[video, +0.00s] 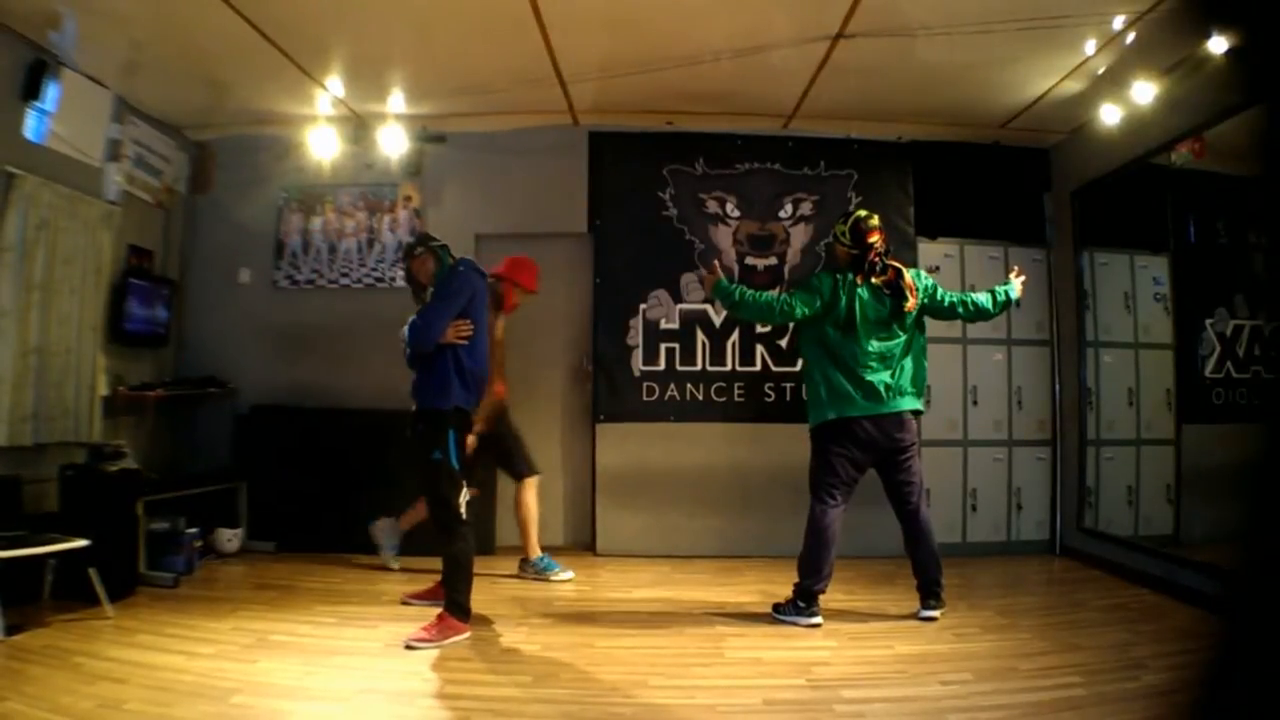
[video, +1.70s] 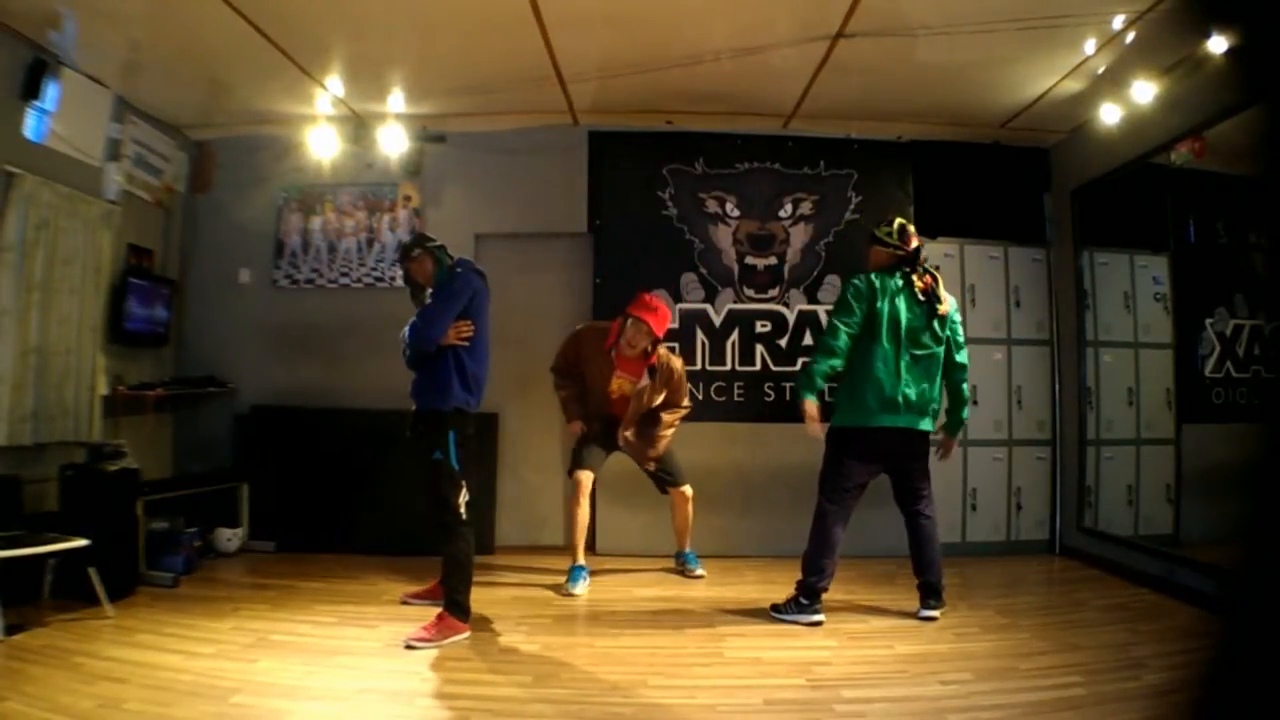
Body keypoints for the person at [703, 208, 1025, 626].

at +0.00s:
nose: (832, 251)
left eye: (837, 245)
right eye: (836, 245)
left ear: (847, 249)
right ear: (879, 248)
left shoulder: (826, 287)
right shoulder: (908, 283)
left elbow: (778, 307)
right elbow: (962, 305)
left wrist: (722, 290)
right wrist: (1009, 291)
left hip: (841, 419)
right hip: (898, 418)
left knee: (827, 504)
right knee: (913, 507)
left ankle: (807, 601)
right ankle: (932, 597)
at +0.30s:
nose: (833, 248)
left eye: (839, 244)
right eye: (837, 242)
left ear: (853, 250)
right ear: (881, 248)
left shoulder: (829, 285)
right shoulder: (913, 283)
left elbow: (785, 324)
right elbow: (957, 319)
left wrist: (727, 332)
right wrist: (1006, 321)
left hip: (844, 419)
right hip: (898, 418)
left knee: (828, 504)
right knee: (915, 507)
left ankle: (806, 601)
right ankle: (931, 597)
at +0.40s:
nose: (835, 248)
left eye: (841, 243)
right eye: (838, 241)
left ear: (854, 248)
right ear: (884, 246)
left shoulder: (830, 285)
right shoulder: (914, 284)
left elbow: (797, 344)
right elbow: (948, 333)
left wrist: (756, 387)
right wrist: (987, 360)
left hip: (844, 418)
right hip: (899, 418)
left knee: (829, 504)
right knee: (915, 507)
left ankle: (806, 600)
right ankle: (931, 597)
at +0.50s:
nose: (835, 246)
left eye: (842, 240)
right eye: (838, 238)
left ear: (858, 247)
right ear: (882, 245)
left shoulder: (830, 288)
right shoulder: (916, 286)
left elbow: (819, 354)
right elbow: (932, 349)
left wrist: (816, 408)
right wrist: (938, 397)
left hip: (848, 417)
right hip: (901, 418)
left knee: (829, 504)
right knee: (915, 507)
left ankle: (806, 599)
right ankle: (931, 597)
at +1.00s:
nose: (842, 243)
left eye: (848, 236)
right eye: (846, 235)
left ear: (863, 245)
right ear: (887, 246)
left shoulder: (837, 285)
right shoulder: (918, 285)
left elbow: (807, 341)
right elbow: (924, 349)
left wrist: (843, 349)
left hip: (847, 416)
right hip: (903, 417)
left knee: (830, 505)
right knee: (916, 507)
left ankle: (806, 600)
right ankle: (932, 598)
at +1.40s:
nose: (862, 249)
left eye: (868, 243)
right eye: (866, 241)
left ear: (882, 249)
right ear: (905, 249)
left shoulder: (854, 285)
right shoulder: (932, 294)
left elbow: (819, 335)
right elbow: (942, 358)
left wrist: (785, 370)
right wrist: (916, 379)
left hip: (855, 412)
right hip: (909, 416)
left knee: (832, 506)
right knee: (918, 506)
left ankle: (806, 599)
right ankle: (932, 597)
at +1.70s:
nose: (868, 253)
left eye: (874, 247)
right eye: (872, 246)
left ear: (889, 253)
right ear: (911, 255)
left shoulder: (865, 287)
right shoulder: (941, 298)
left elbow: (837, 339)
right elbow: (958, 365)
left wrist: (810, 387)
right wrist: (954, 423)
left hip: (859, 421)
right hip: (913, 425)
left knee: (834, 507)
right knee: (920, 507)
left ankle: (808, 598)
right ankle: (932, 597)